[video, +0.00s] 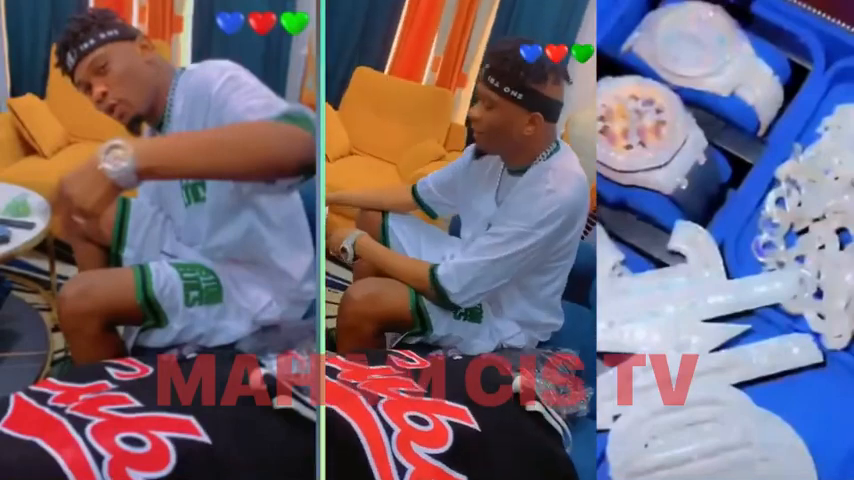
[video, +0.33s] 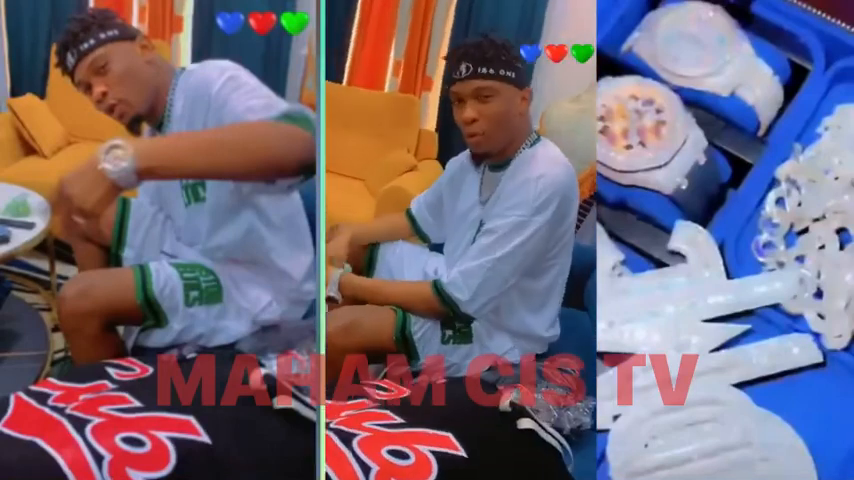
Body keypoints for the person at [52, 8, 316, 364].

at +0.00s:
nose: (98, 94)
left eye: (102, 70)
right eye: (87, 89)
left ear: (144, 48)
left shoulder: (213, 81)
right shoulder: (152, 133)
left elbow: (298, 146)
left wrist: (132, 160)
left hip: (260, 280)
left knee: (80, 300)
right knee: (85, 215)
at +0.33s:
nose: (98, 94)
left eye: (102, 70)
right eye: (87, 89)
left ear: (144, 48)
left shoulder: (213, 81)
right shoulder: (152, 133)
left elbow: (298, 146)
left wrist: (132, 160)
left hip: (259, 279)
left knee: (80, 300)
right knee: (84, 214)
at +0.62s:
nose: (98, 94)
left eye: (102, 70)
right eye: (87, 89)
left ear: (144, 48)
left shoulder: (213, 81)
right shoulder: (152, 133)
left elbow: (298, 145)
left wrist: (132, 160)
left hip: (259, 278)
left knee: (80, 300)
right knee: (84, 214)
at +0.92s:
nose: (97, 94)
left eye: (102, 70)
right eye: (87, 89)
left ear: (145, 48)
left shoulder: (213, 81)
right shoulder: (153, 134)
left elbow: (298, 145)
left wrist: (131, 160)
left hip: (261, 278)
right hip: (191, 253)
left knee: (80, 300)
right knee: (83, 213)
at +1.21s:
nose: (97, 94)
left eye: (102, 70)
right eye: (87, 89)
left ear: (145, 48)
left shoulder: (213, 81)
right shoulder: (153, 135)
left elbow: (298, 145)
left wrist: (131, 160)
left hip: (262, 279)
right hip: (192, 253)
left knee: (80, 300)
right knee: (84, 213)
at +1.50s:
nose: (97, 94)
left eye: (102, 70)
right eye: (87, 89)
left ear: (145, 48)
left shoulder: (213, 81)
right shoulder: (153, 135)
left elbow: (299, 146)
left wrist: (131, 160)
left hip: (262, 280)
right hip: (192, 253)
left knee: (80, 300)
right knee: (83, 213)